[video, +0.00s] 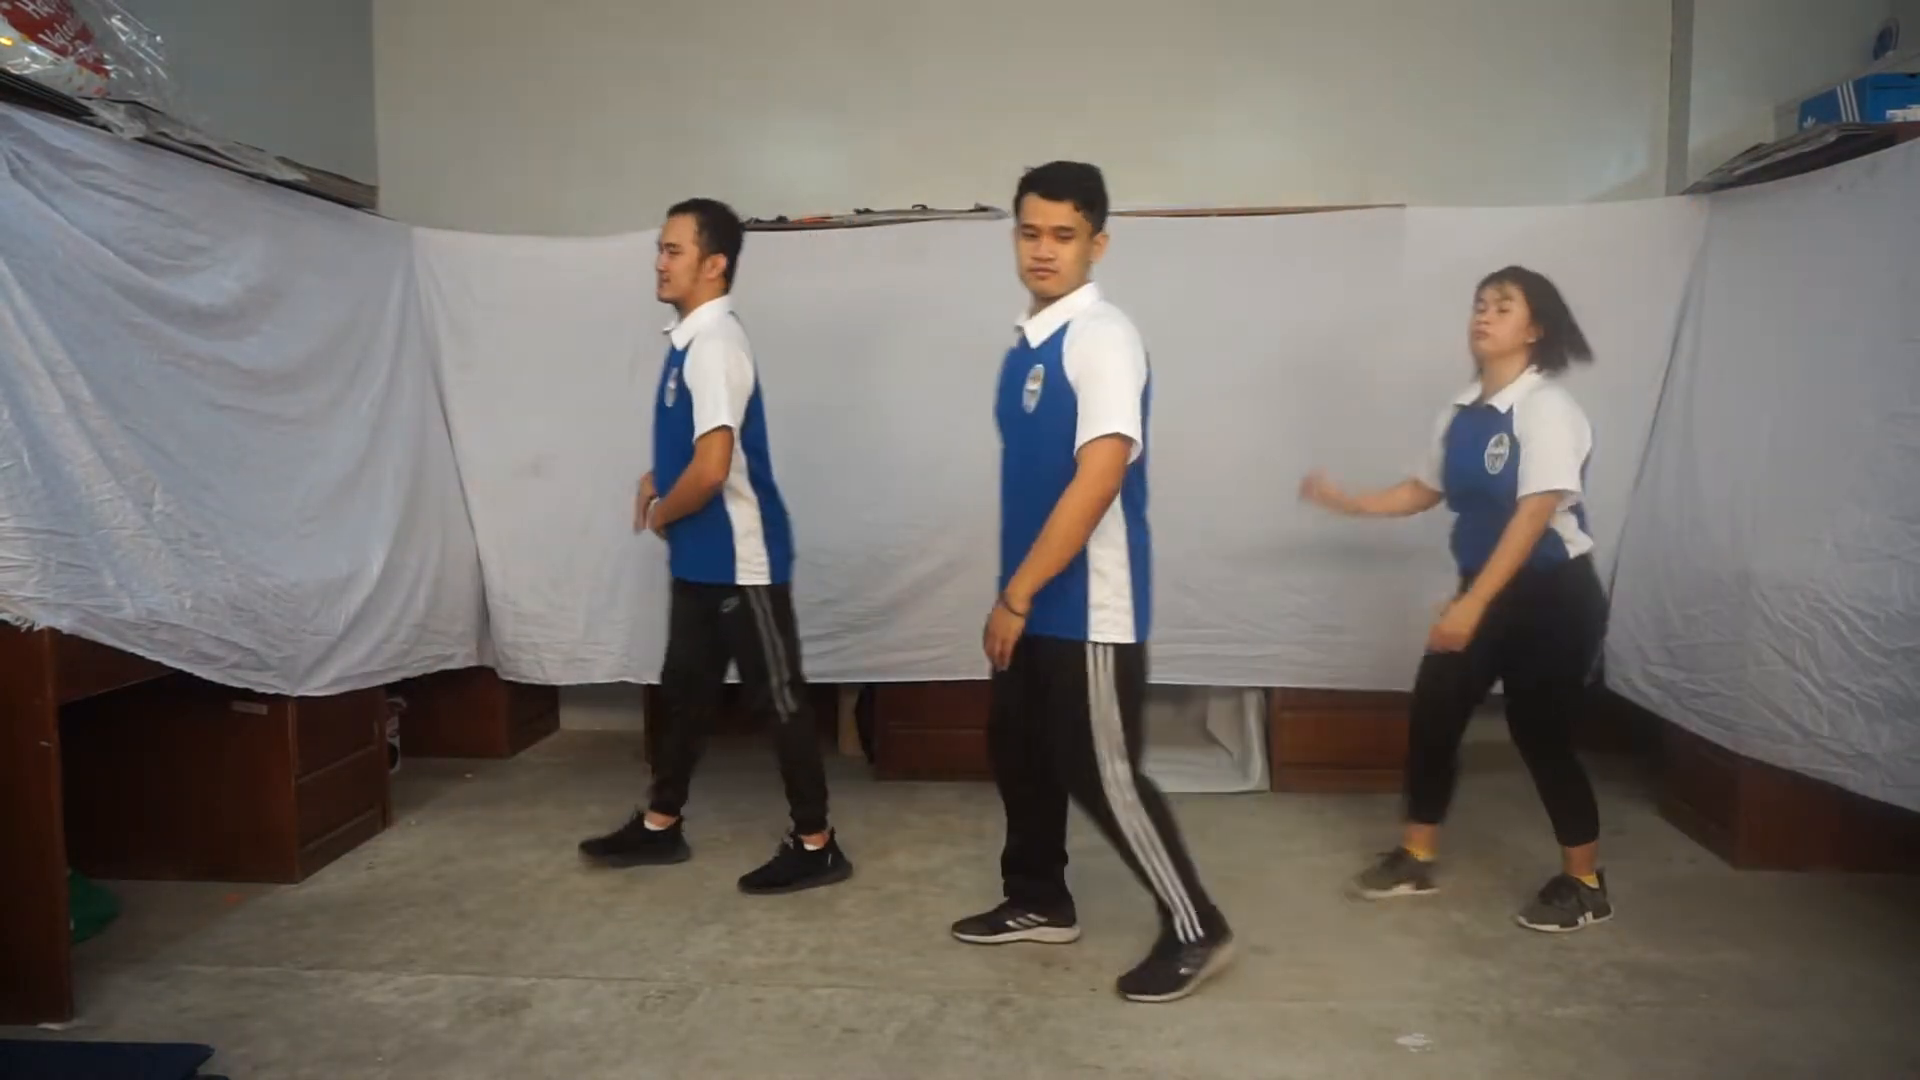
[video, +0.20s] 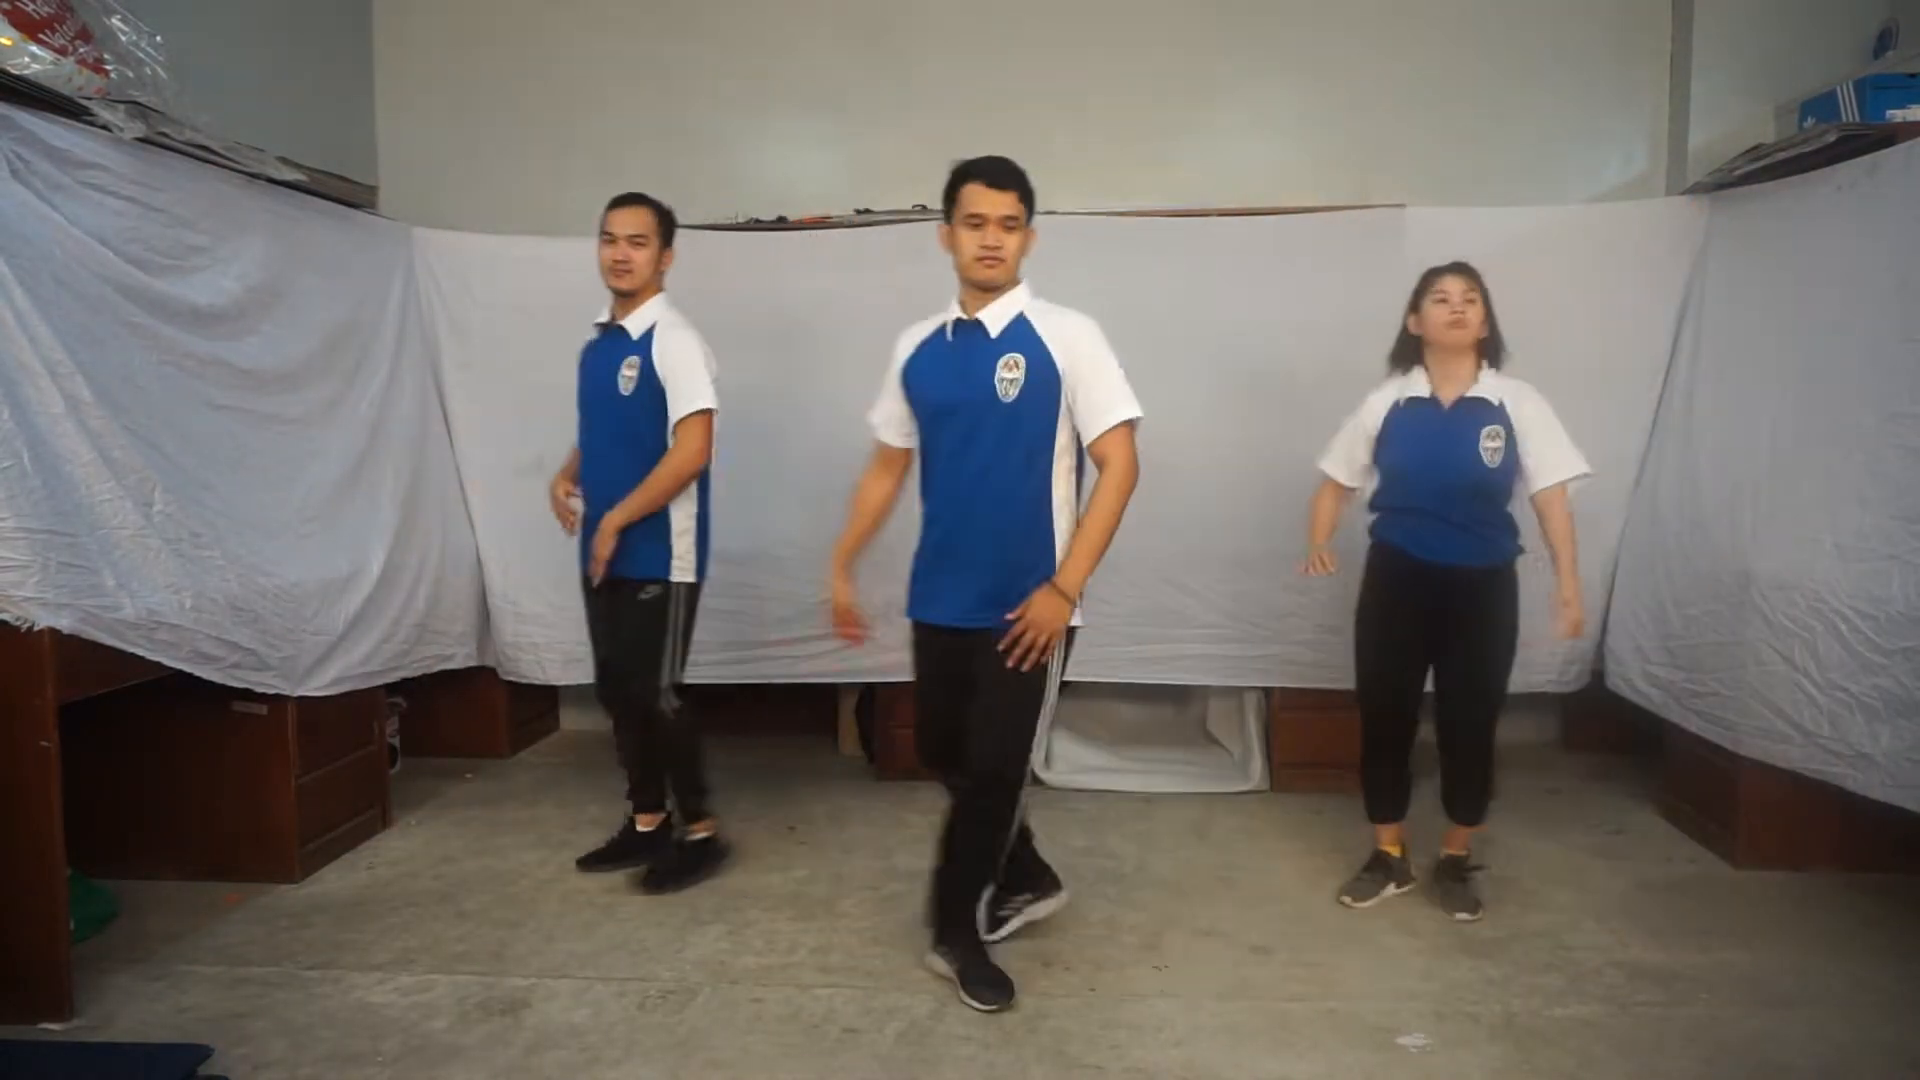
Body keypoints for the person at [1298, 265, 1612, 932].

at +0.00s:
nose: (1483, 317)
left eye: (1501, 308)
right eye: (1479, 308)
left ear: (1536, 329)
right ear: (1472, 325)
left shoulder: (1548, 409)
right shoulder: (1461, 413)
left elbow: (1534, 517)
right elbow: (1426, 491)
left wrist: (1473, 602)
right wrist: (1349, 502)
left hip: (1552, 590)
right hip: (1480, 588)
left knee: (1538, 726)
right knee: (1434, 708)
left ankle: (1584, 881)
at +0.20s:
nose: (1456, 308)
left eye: (1469, 300)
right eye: (1441, 300)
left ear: (1486, 320)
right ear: (1416, 321)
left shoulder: (1513, 399)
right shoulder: (1388, 397)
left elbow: (1549, 493)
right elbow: (1337, 479)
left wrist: (1567, 583)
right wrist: (1319, 539)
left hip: (1481, 586)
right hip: (1395, 580)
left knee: (1469, 721)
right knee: (1384, 715)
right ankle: (1387, 855)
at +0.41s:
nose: (1419, 317)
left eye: (1420, 309)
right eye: (1401, 308)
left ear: (1425, 327)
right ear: (1364, 328)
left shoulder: (1452, 409)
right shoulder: (1335, 408)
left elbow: (1505, 497)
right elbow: (1275, 489)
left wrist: (1589, 548)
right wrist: (1279, 534)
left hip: (1424, 589)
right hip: (1344, 584)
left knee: (1449, 722)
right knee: (1341, 729)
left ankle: (1448, 862)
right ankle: (1271, 855)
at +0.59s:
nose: (1377, 332)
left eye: (1374, 320)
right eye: (1369, 320)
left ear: (1337, 329)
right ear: (1338, 329)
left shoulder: (1351, 403)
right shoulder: (1301, 403)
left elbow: (1407, 439)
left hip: (1333, 583)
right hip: (1280, 586)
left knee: (1372, 709)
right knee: (1295, 728)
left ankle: (1404, 850)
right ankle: (1259, 859)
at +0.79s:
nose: (1315, 334)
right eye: (1311, 323)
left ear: (1243, 324)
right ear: (1302, 331)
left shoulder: (1222, 387)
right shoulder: (1293, 403)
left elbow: (1239, 328)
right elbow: (1325, 516)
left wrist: (1262, 273)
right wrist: (1292, 498)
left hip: (1208, 570)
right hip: (1252, 582)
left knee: (1241, 702)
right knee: (1274, 714)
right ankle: (1255, 859)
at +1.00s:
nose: (1269, 346)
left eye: (1258, 334)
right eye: (1266, 337)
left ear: (1196, 338)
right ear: (1258, 347)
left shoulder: (1168, 392)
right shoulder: (1266, 425)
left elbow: (1162, 307)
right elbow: (1288, 516)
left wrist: (1145, 234)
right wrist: (1237, 507)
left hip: (1142, 577)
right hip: (1201, 596)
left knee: (1122, 692)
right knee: (1277, 717)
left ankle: (1064, 820)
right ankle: (1257, 860)